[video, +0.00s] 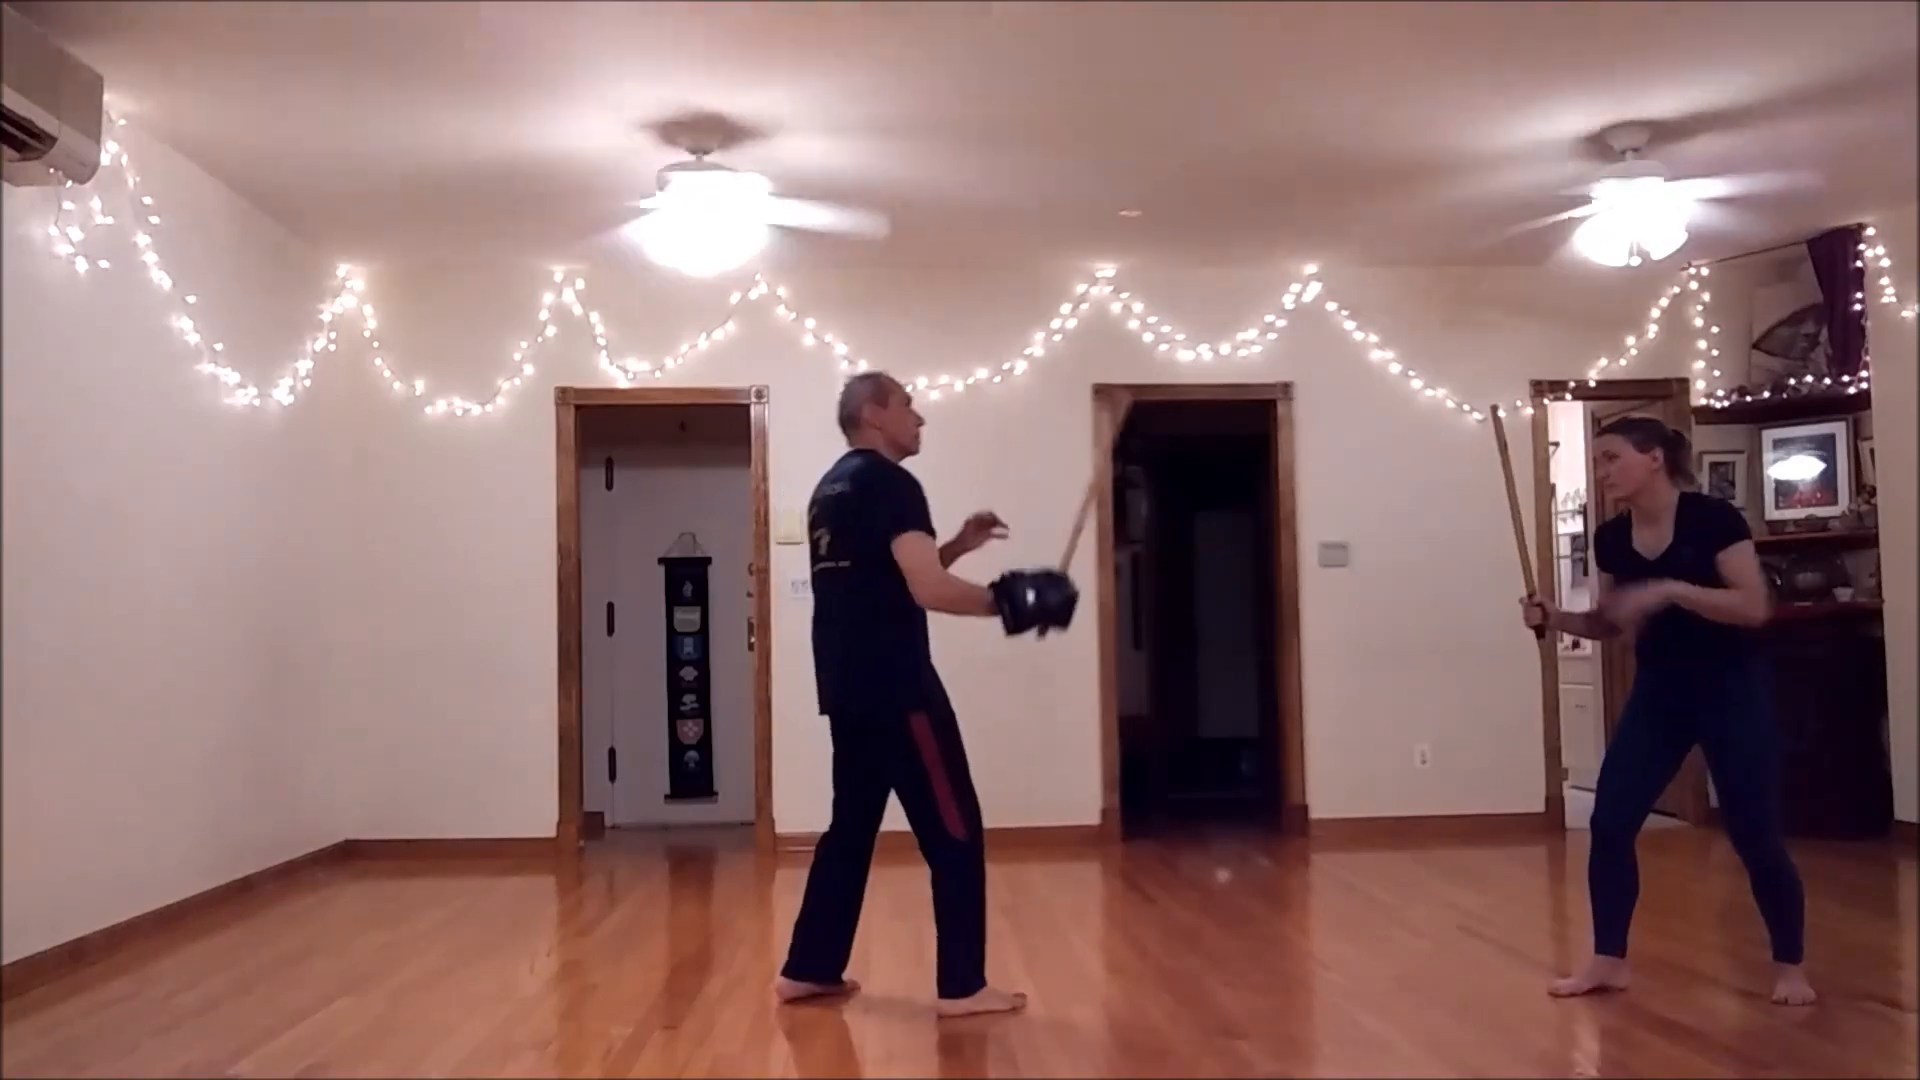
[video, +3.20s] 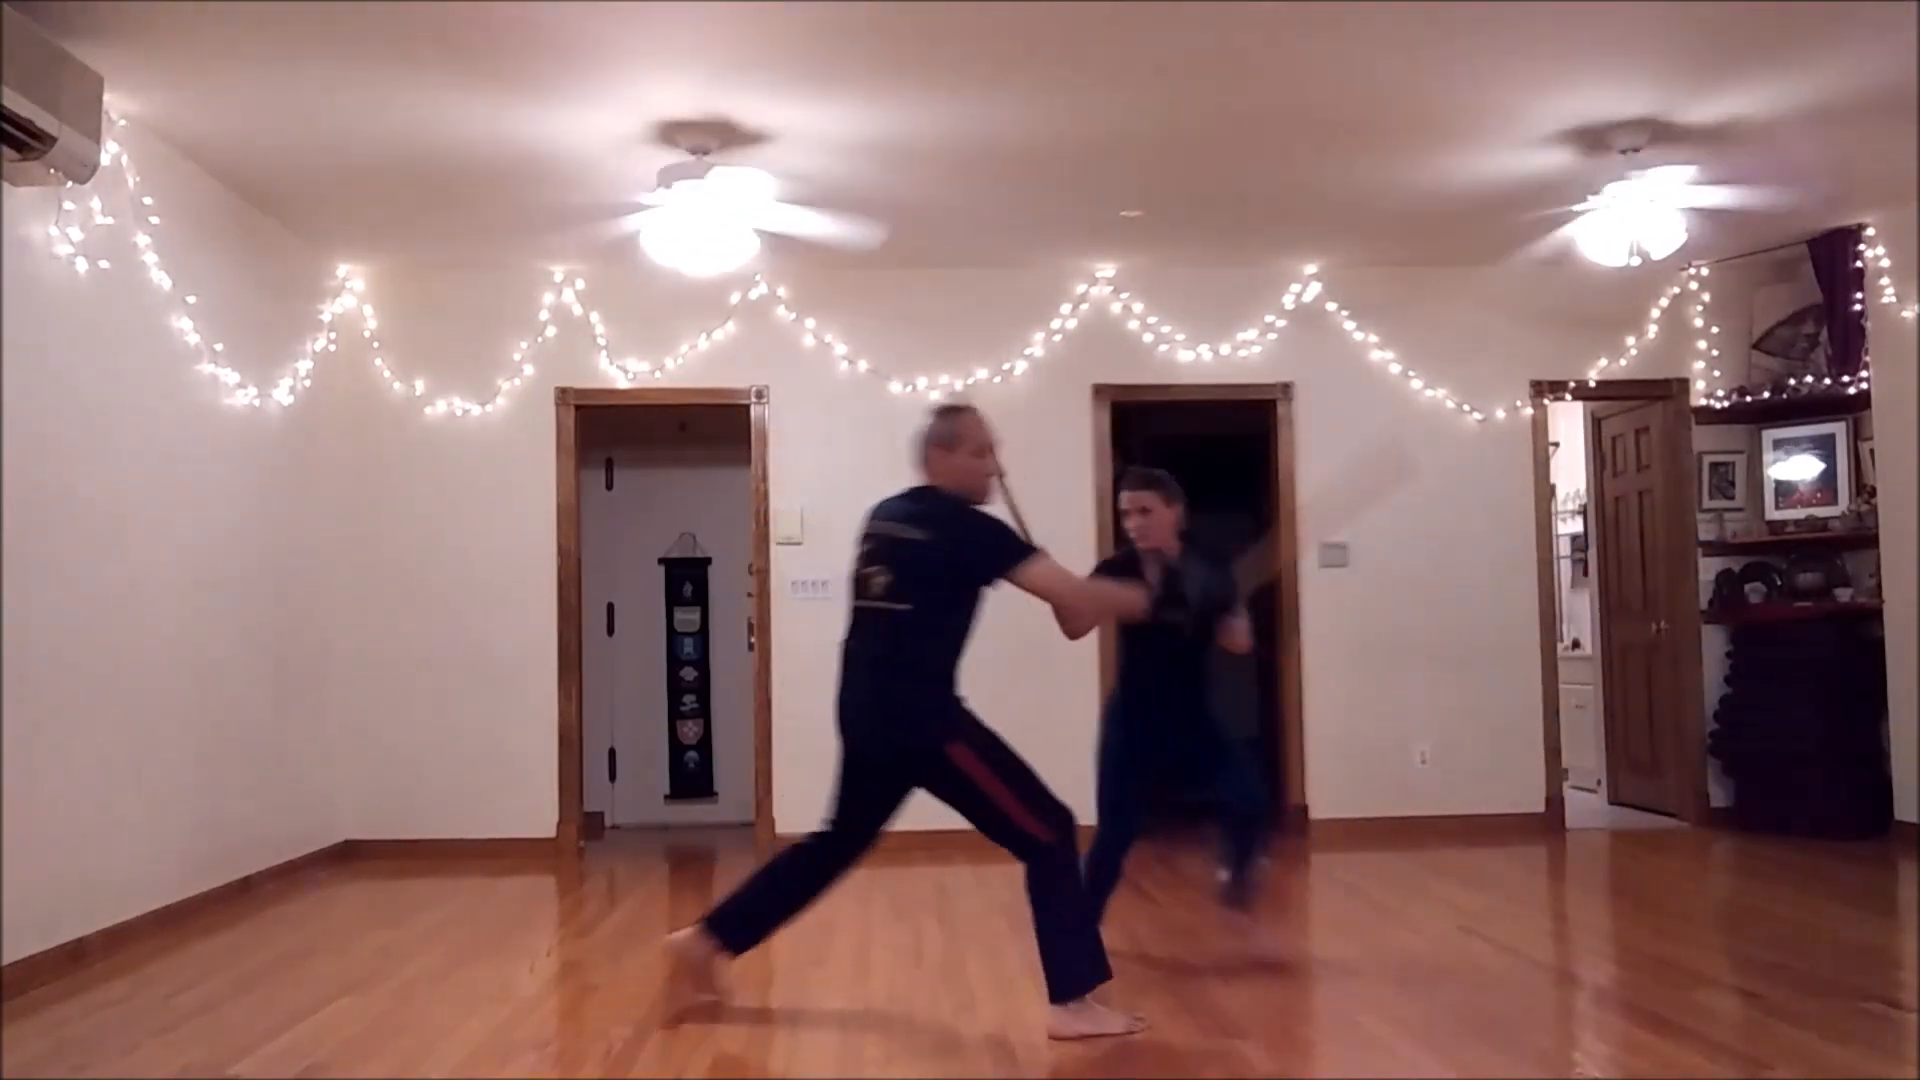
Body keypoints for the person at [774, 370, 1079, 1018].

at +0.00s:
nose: (920, 417)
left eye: (914, 405)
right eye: (907, 405)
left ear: (863, 417)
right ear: (873, 414)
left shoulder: (833, 485)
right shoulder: (887, 481)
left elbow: (888, 584)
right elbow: (930, 589)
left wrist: (959, 544)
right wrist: (1006, 597)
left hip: (849, 690)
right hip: (901, 688)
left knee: (850, 829)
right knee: (957, 833)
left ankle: (808, 971)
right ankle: (962, 987)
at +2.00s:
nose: (940, 443)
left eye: (939, 431)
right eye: (932, 430)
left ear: (885, 430)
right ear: (896, 428)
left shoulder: (832, 491)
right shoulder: (886, 493)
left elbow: (858, 592)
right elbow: (906, 611)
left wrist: (931, 564)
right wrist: (985, 612)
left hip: (822, 700)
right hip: (882, 699)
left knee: (803, 836)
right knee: (947, 834)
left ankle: (750, 983)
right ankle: (948, 989)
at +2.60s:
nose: (881, 451)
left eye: (878, 439)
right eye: (871, 438)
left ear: (831, 443)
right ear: (833, 441)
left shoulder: (806, 500)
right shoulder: (820, 499)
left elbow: (823, 586)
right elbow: (806, 592)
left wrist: (893, 557)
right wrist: (885, 571)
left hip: (795, 701)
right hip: (841, 697)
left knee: (755, 830)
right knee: (939, 818)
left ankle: (671, 963)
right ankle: (945, 979)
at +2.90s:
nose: (846, 466)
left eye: (843, 456)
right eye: (835, 456)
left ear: (798, 471)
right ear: (802, 468)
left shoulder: (781, 533)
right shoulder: (796, 526)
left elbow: (799, 629)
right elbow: (828, 605)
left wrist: (858, 613)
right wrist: (854, 530)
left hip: (796, 728)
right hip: (832, 724)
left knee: (773, 855)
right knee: (962, 816)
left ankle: (667, 968)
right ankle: (941, 974)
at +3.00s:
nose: (876, 467)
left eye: (873, 456)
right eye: (864, 458)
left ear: (823, 470)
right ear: (824, 468)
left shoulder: (805, 533)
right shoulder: (829, 532)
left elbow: (917, 601)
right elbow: (923, 599)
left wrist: (955, 532)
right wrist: (959, 525)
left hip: (810, 733)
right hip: (853, 727)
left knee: (770, 850)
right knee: (986, 826)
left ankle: (664, 971)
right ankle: (1016, 989)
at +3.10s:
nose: (925, 459)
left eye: (920, 446)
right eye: (910, 448)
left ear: (872, 466)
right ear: (874, 463)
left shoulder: (838, 525)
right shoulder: (903, 527)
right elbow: (1013, 587)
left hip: (834, 729)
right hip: (890, 726)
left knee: (784, 840)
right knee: (1010, 836)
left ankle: (672, 958)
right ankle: (1071, 999)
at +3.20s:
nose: (993, 463)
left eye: (991, 450)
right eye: (983, 452)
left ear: (932, 459)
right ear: (948, 457)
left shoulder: (887, 515)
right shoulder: (967, 528)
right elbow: (1073, 593)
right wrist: (1144, 597)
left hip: (868, 716)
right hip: (926, 718)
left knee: (844, 839)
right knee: (1048, 833)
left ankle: (709, 939)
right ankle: (1074, 1001)